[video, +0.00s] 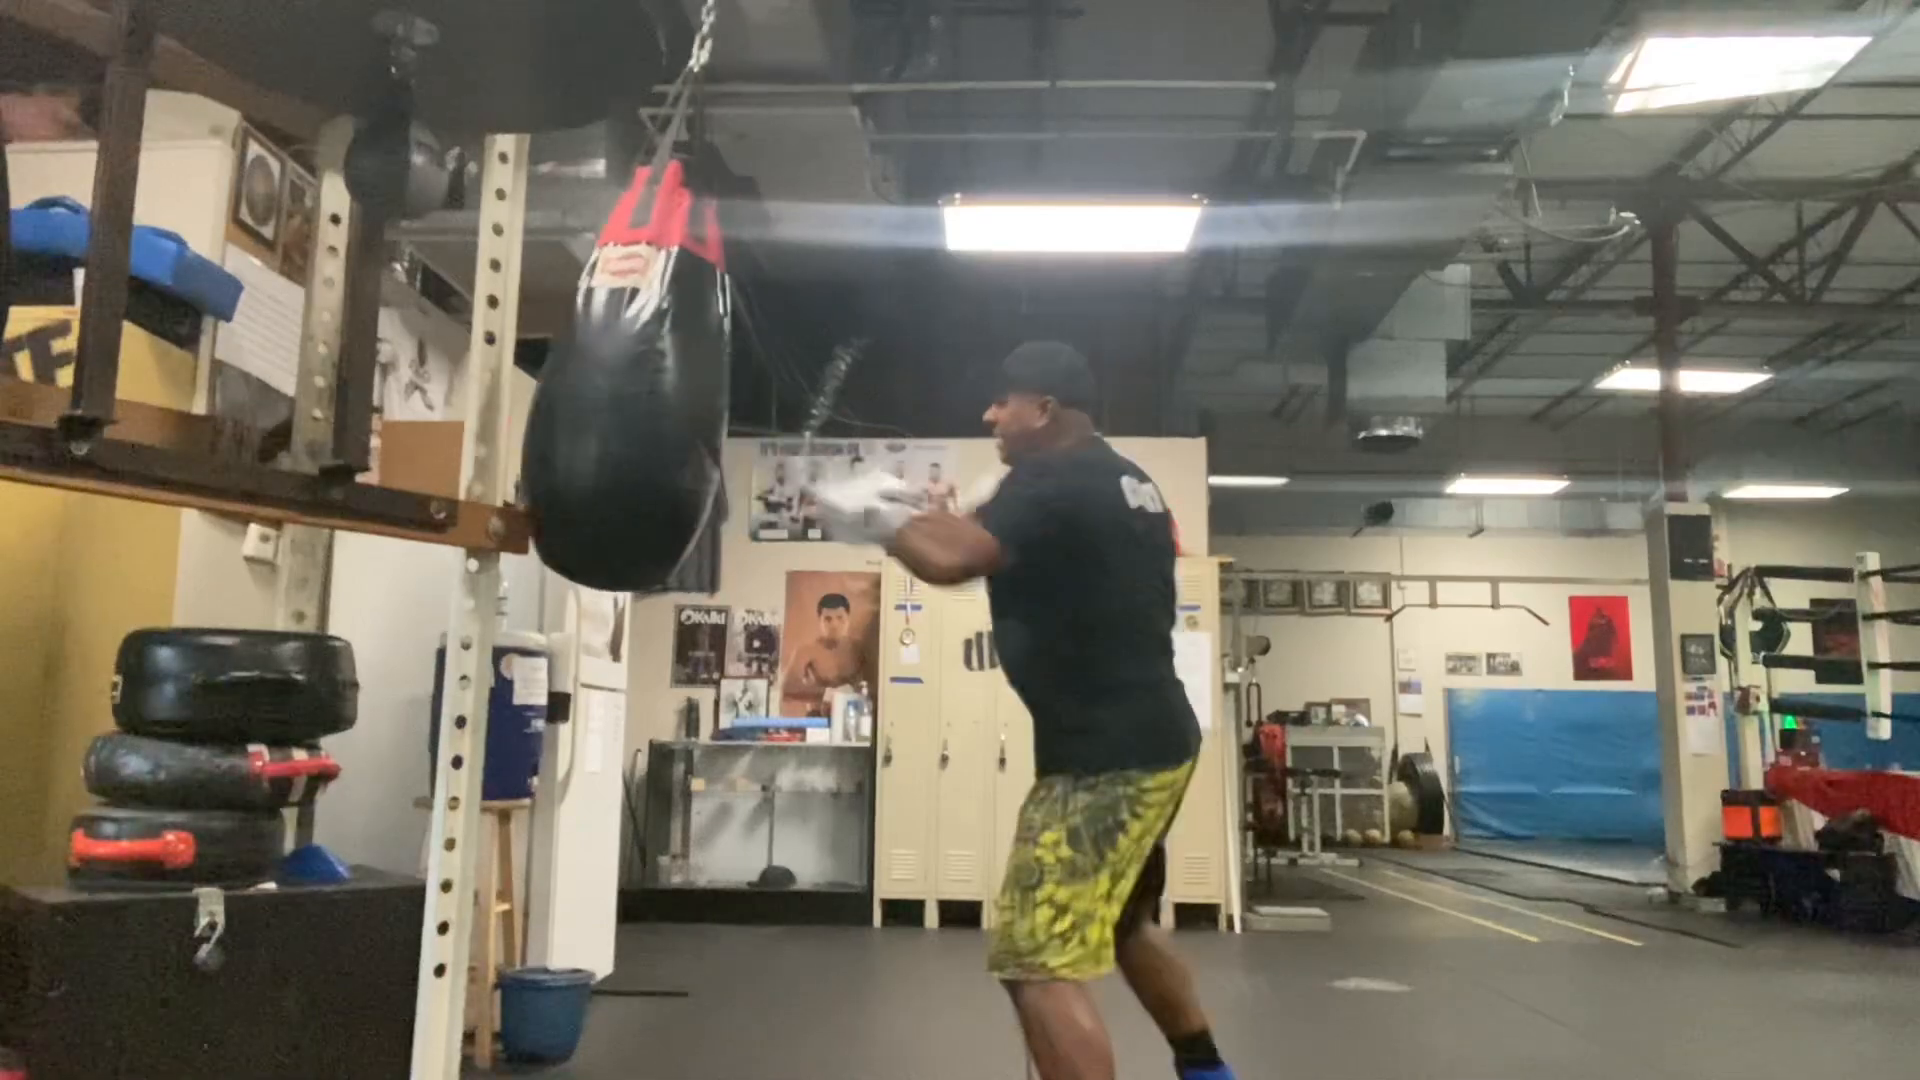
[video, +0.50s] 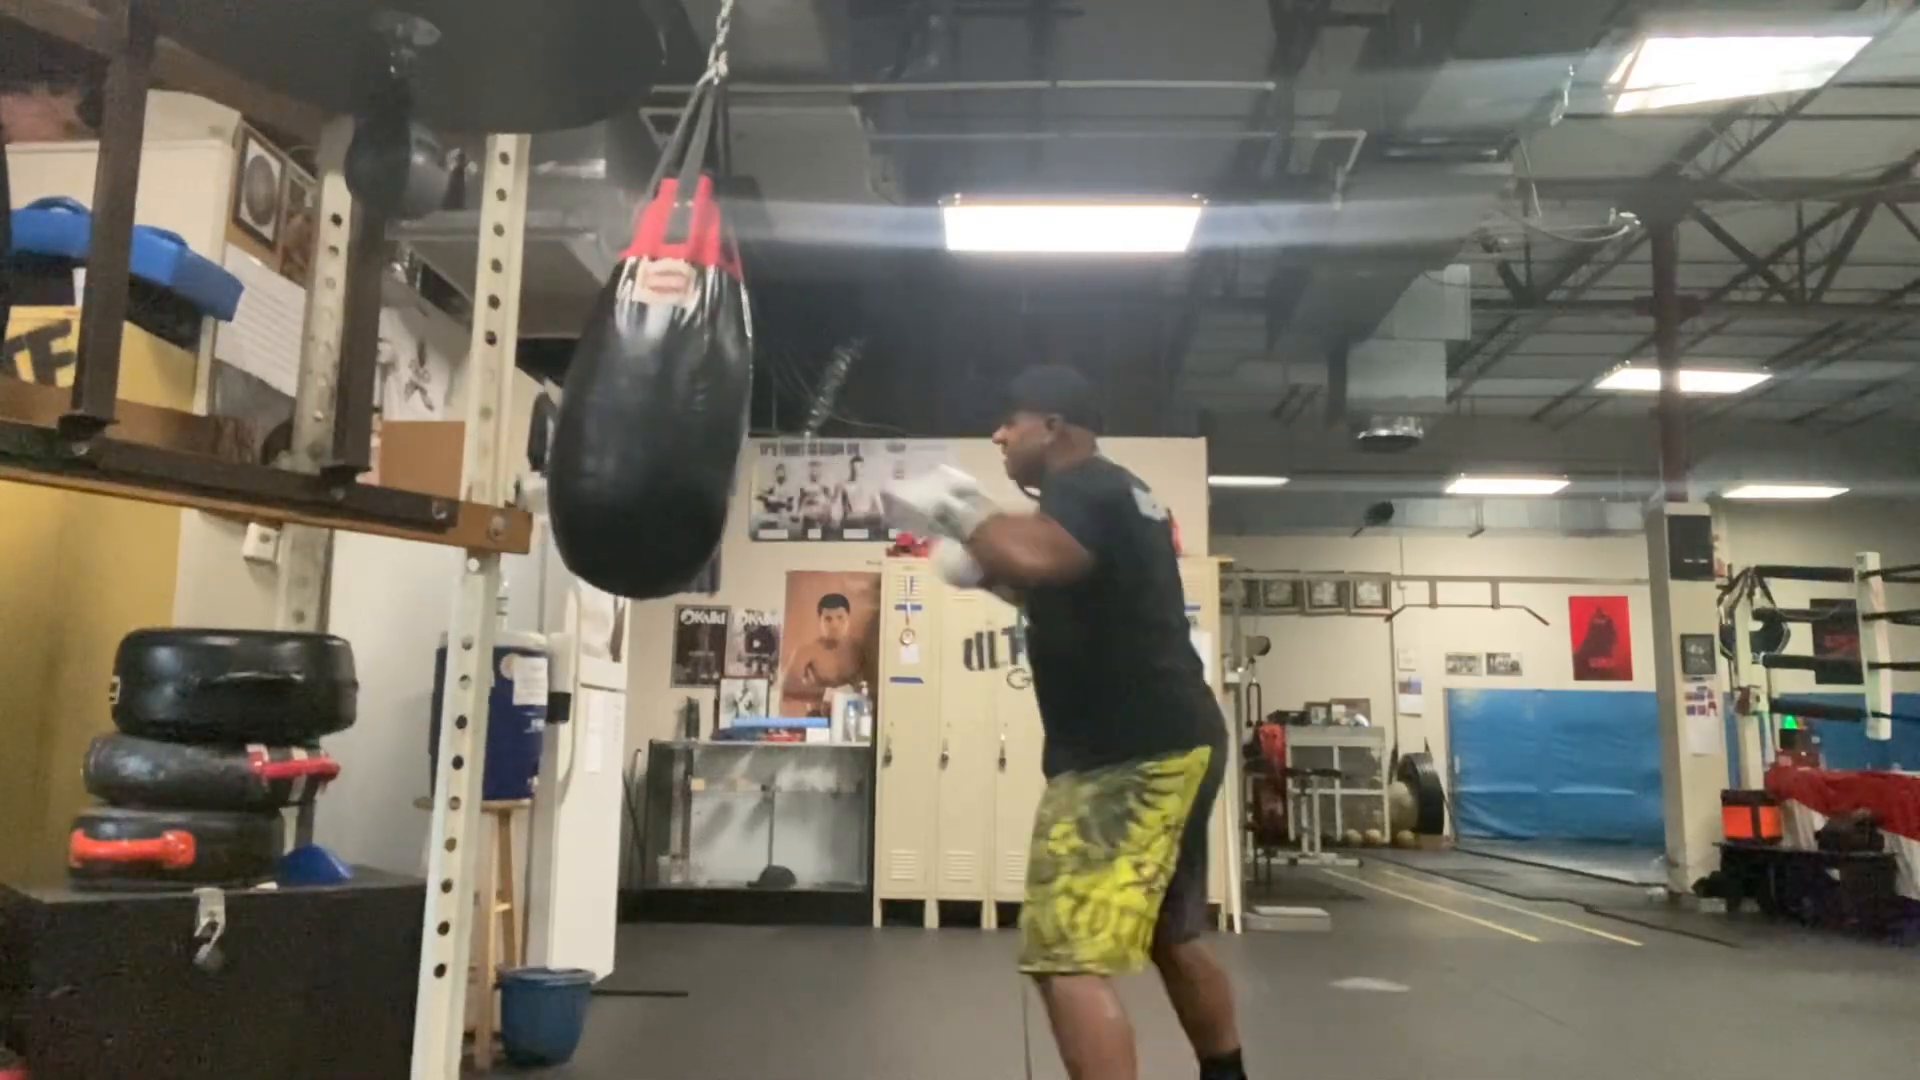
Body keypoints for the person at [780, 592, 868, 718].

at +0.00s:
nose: (834, 625)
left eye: (840, 618)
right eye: (828, 619)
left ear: (848, 620)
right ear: (819, 620)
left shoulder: (859, 650)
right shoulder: (806, 652)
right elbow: (789, 687)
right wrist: (825, 692)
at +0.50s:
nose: (834, 624)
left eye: (840, 618)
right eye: (828, 618)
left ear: (848, 620)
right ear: (819, 621)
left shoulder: (857, 651)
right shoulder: (806, 652)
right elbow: (788, 687)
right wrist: (824, 692)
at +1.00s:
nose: (834, 625)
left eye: (840, 618)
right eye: (828, 618)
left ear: (848, 620)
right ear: (819, 621)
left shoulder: (858, 652)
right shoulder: (806, 652)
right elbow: (789, 688)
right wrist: (826, 693)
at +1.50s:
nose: (834, 625)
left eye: (840, 618)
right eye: (828, 619)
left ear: (848, 620)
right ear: (819, 621)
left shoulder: (858, 652)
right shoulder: (806, 652)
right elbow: (789, 688)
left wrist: (816, 687)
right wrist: (827, 693)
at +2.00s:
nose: (834, 624)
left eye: (840, 618)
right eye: (828, 619)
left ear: (848, 620)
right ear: (819, 621)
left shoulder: (857, 652)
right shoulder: (807, 652)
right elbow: (790, 688)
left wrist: (816, 687)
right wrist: (828, 693)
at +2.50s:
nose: (834, 625)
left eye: (840, 618)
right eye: (828, 619)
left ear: (848, 620)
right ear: (819, 621)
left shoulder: (857, 651)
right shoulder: (808, 652)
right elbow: (790, 688)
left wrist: (816, 685)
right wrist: (828, 693)